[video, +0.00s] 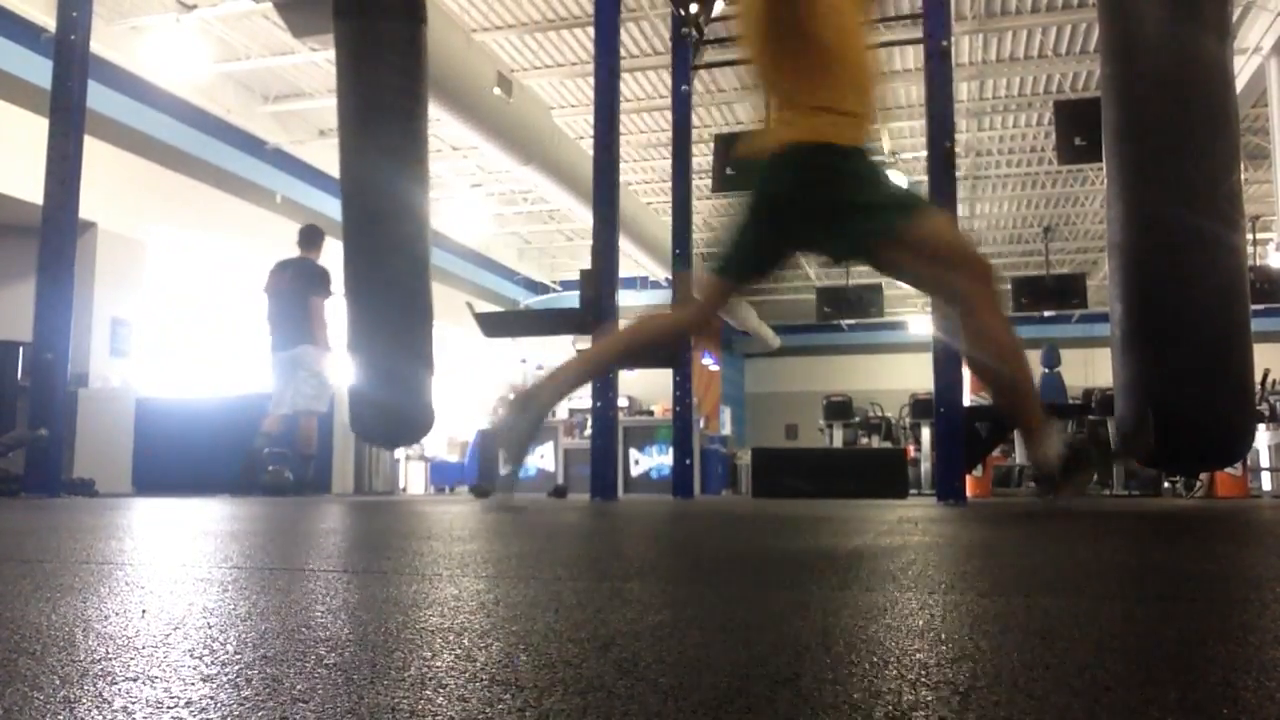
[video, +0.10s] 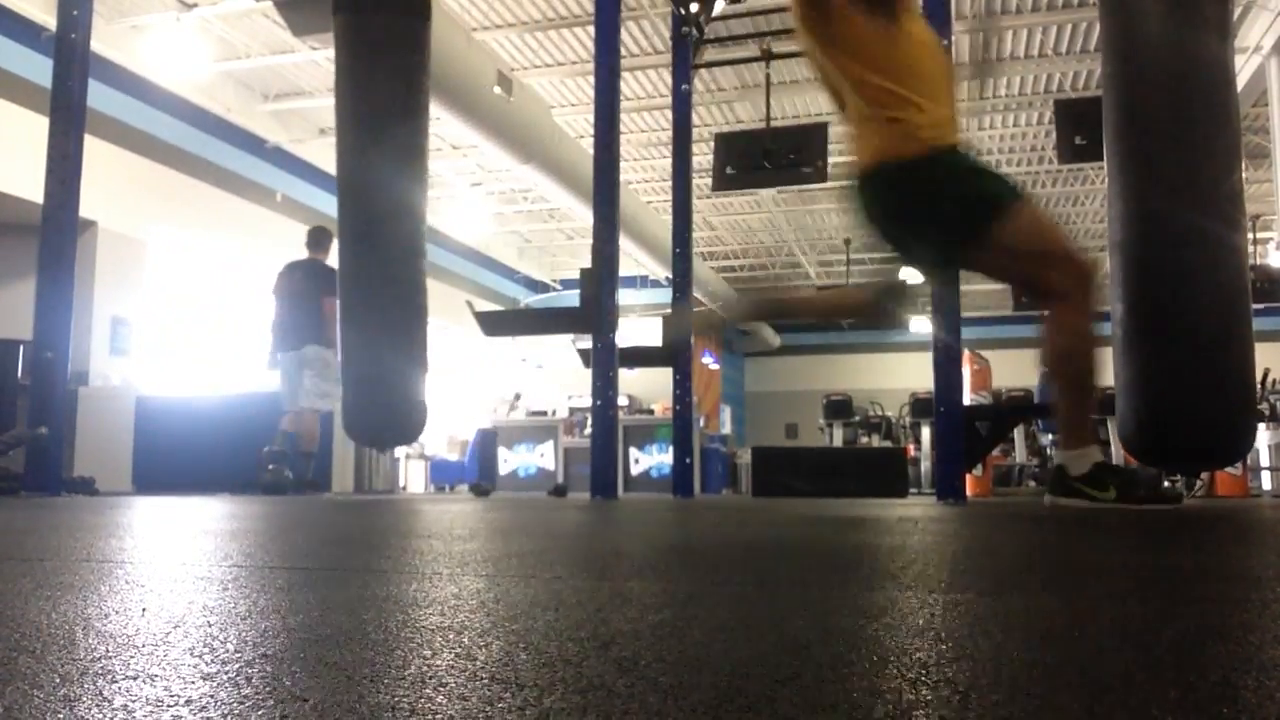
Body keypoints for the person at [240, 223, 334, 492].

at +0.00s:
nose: (317, 250)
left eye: (310, 244)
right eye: (318, 245)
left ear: (298, 243)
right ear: (320, 245)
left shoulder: (278, 269)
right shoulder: (317, 272)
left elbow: (271, 314)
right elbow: (317, 315)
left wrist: (277, 341)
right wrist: (324, 348)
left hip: (280, 348)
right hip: (308, 347)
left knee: (279, 405)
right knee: (309, 411)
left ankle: (255, 454)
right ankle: (307, 473)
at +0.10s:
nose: (326, 250)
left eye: (322, 244)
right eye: (328, 246)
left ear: (307, 244)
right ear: (328, 246)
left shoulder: (287, 271)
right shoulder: (328, 273)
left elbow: (279, 313)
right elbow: (330, 314)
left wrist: (275, 348)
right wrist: (336, 348)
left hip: (287, 347)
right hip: (317, 347)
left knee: (291, 408)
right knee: (311, 410)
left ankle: (276, 451)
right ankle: (305, 474)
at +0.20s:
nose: (324, 256)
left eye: (319, 250)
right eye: (330, 251)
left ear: (314, 251)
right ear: (335, 252)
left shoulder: (296, 276)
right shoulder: (341, 276)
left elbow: (279, 317)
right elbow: (348, 316)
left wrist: (271, 351)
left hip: (299, 348)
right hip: (327, 348)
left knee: (306, 409)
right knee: (313, 411)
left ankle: (304, 471)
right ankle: (305, 475)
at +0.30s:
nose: (331, 257)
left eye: (328, 251)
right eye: (332, 252)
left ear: (321, 252)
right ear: (340, 253)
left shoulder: (304, 279)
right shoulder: (348, 279)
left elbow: (283, 317)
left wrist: (276, 348)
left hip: (308, 352)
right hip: (330, 351)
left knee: (316, 410)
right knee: (317, 411)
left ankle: (324, 471)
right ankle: (306, 473)